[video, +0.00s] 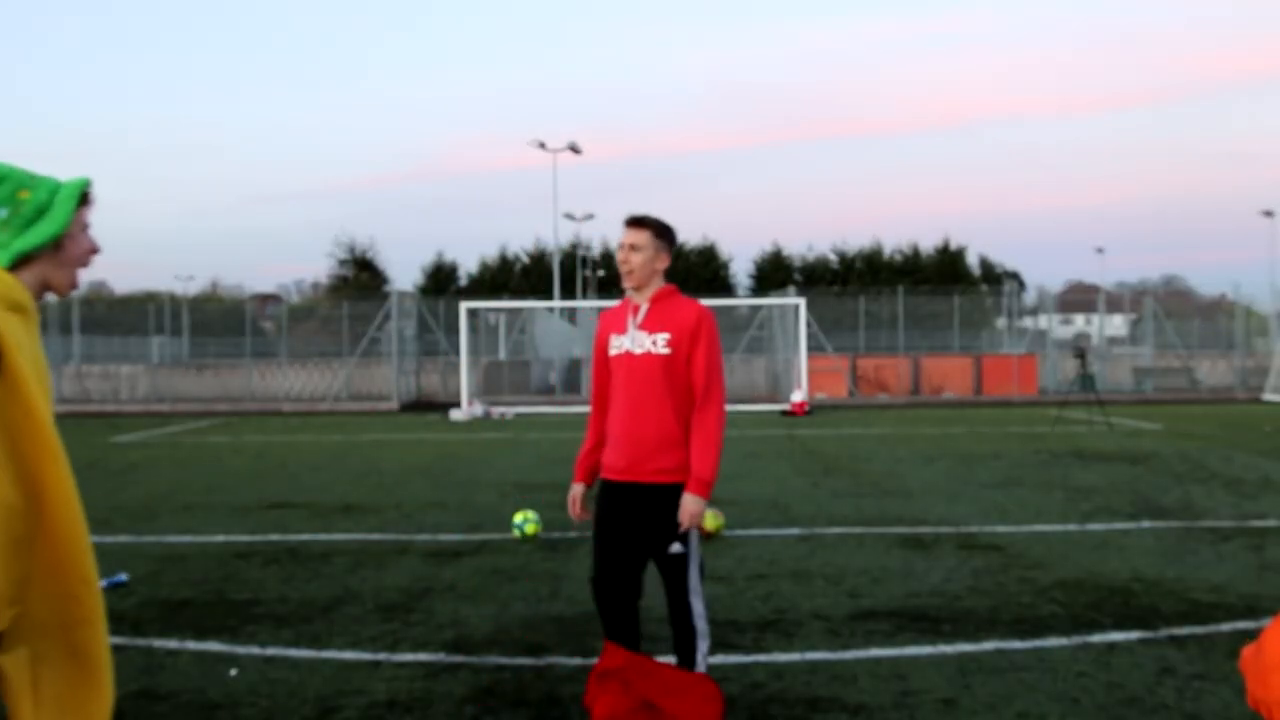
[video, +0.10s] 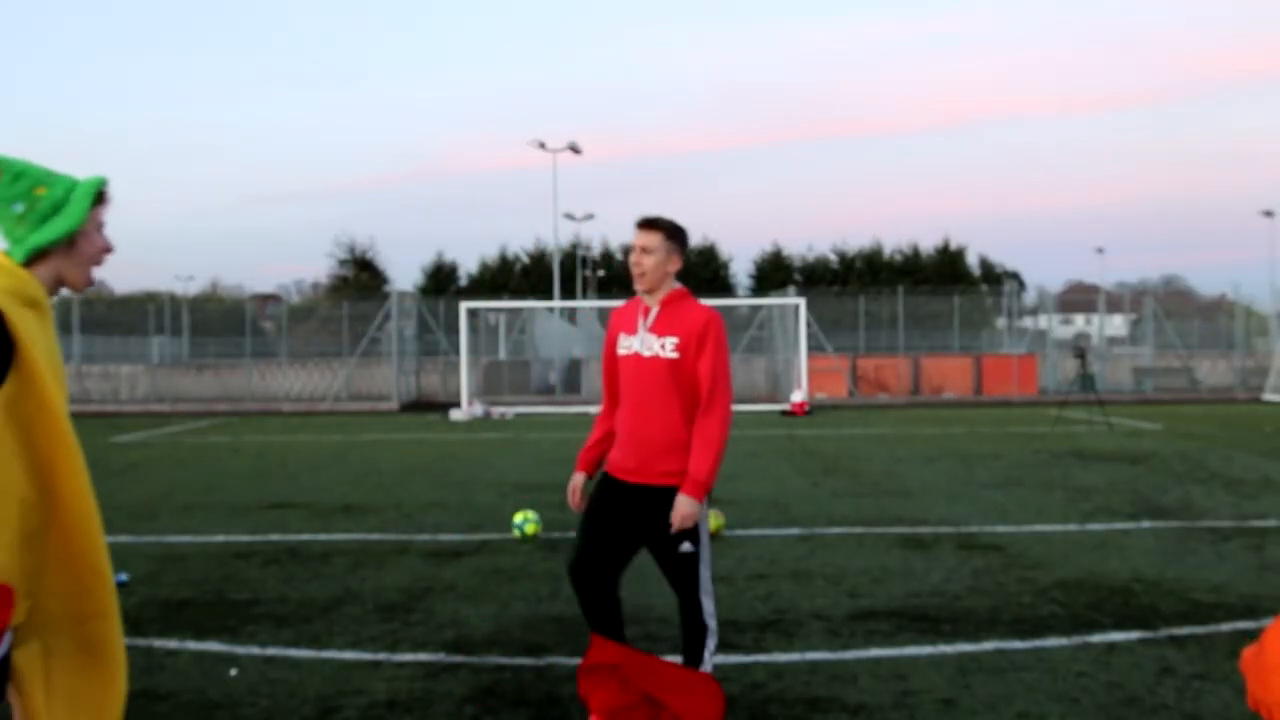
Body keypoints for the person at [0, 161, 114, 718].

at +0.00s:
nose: (94, 248)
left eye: (89, 230)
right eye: (82, 230)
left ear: (39, 237)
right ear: (37, 235)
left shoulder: (21, 325)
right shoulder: (9, 328)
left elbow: (30, 479)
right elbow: (17, 482)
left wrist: (64, 576)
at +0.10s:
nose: (108, 245)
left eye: (103, 227)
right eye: (97, 226)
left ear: (53, 231)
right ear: (52, 229)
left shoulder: (31, 318)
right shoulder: (12, 319)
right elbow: (11, 485)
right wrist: (10, 630)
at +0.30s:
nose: (133, 256)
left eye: (133, 239)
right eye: (126, 239)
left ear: (81, 236)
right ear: (82, 236)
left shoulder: (51, 308)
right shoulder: (22, 304)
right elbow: (15, 468)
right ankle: (46, 691)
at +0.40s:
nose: (143, 246)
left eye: (138, 230)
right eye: (133, 230)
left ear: (92, 236)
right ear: (93, 236)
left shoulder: (62, 308)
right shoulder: (30, 305)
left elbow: (65, 452)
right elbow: (21, 453)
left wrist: (114, 529)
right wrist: (12, 554)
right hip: (29, 556)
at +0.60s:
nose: (134, 245)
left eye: (131, 227)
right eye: (126, 225)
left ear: (82, 228)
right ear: (85, 227)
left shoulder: (52, 303)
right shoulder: (21, 305)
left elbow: (67, 427)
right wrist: (16, 539)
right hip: (24, 581)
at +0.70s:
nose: (127, 256)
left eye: (128, 238)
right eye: (121, 236)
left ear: (76, 233)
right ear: (79, 230)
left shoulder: (45, 304)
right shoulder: (19, 303)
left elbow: (79, 412)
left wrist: (186, 420)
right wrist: (32, 537)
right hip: (21, 581)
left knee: (59, 695)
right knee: (36, 700)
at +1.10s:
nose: (101, 268)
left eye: (104, 250)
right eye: (98, 248)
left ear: (52, 238)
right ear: (53, 235)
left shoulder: (21, 310)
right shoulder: (8, 310)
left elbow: (75, 410)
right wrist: (61, 545)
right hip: (10, 588)